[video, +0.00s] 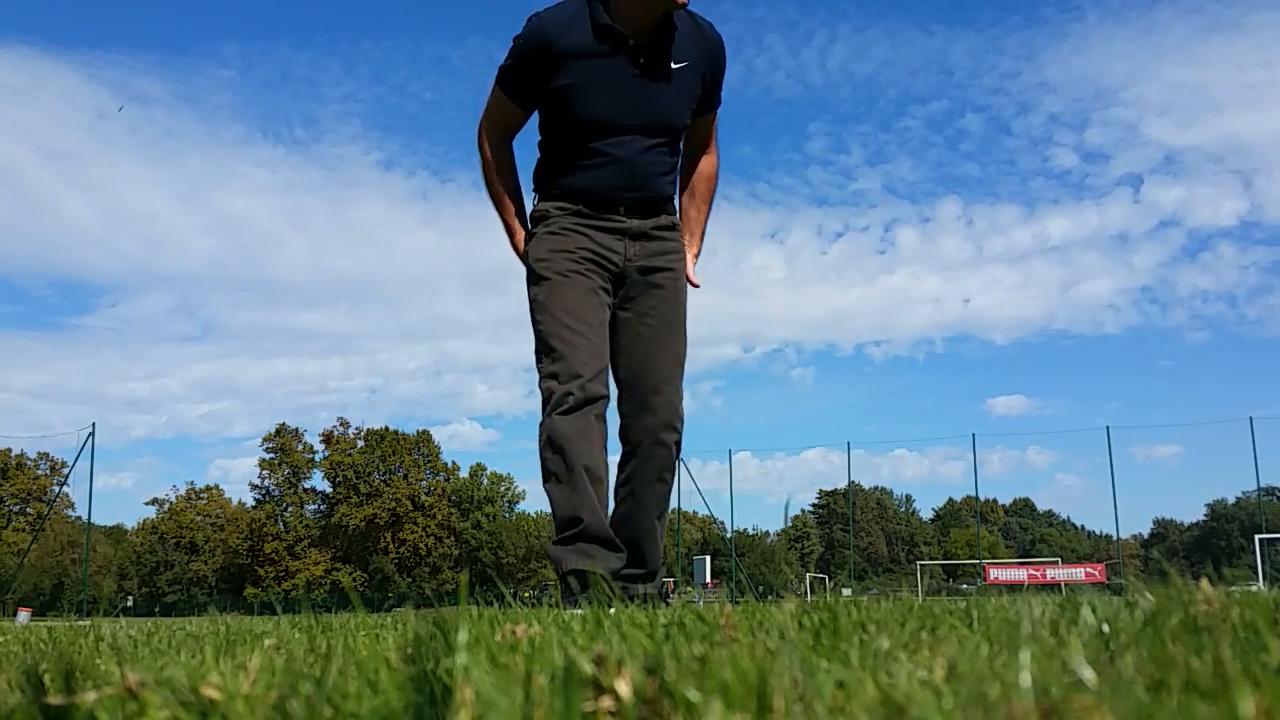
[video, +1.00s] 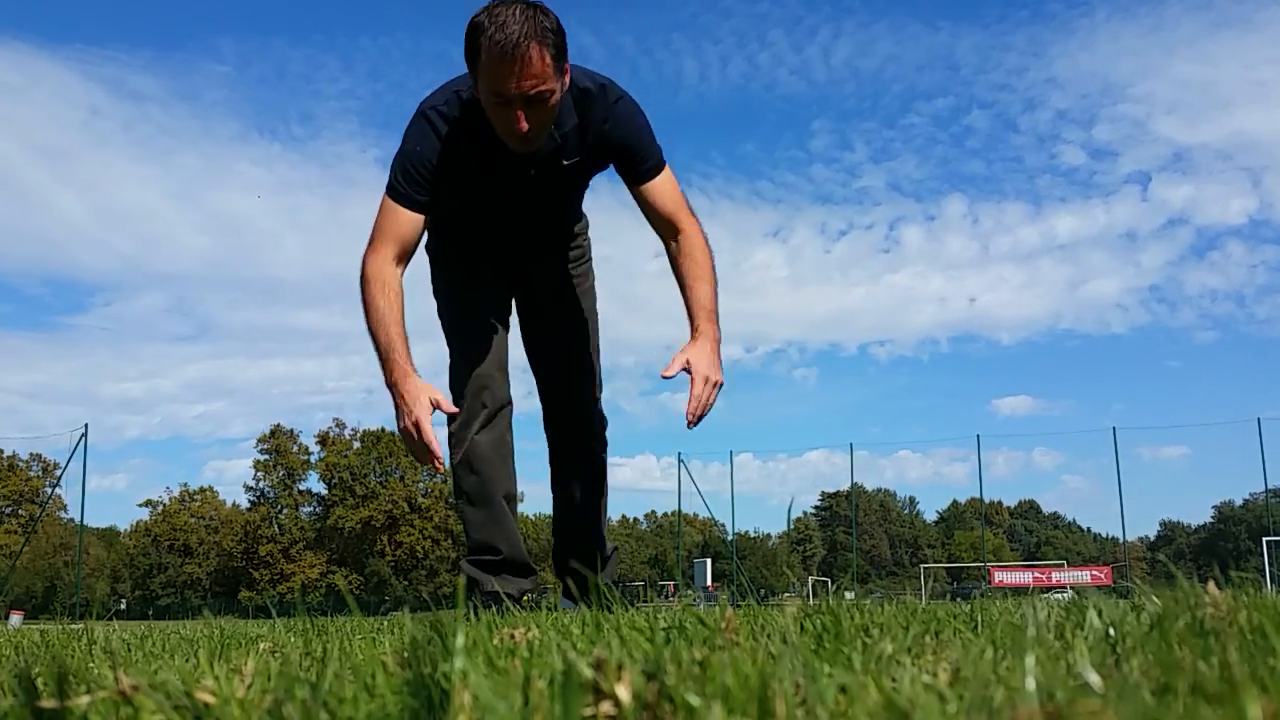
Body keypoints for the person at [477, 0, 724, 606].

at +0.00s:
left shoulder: (701, 43)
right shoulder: (552, 33)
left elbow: (701, 147)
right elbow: (494, 134)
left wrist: (689, 244)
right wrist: (519, 235)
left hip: (658, 237)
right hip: (568, 230)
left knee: (658, 413)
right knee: (577, 390)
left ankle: (641, 576)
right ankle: (583, 570)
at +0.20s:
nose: (686, 1)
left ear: (686, 3)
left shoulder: (699, 58)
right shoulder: (556, 36)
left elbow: (690, 157)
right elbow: (489, 130)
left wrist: (661, 237)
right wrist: (507, 234)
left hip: (648, 241)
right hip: (560, 229)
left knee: (651, 407)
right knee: (558, 374)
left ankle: (637, 577)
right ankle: (545, 570)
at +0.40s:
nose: (682, 3)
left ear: (674, 6)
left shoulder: (688, 62)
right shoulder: (543, 43)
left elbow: (678, 160)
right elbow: (475, 138)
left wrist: (650, 246)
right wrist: (488, 243)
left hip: (636, 247)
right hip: (546, 237)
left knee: (646, 413)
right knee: (530, 390)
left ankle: (636, 582)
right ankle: (504, 578)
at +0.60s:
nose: (637, 7)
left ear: (650, 3)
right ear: (578, 1)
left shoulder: (663, 68)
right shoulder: (512, 61)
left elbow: (661, 155)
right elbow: (442, 162)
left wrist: (648, 252)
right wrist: (461, 277)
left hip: (611, 245)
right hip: (518, 244)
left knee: (630, 408)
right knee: (511, 401)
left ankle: (635, 579)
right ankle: (500, 583)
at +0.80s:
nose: (563, 58)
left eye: (577, 39)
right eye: (547, 40)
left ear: (600, 23)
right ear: (517, 25)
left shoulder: (629, 81)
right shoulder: (473, 86)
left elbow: (654, 179)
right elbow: (406, 211)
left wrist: (681, 270)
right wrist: (431, 331)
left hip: (575, 240)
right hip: (486, 245)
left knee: (608, 404)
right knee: (487, 407)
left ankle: (632, 583)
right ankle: (499, 590)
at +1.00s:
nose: (520, 121)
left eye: (535, 101)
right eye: (502, 103)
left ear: (564, 76)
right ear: (476, 80)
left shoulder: (604, 110)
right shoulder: (440, 124)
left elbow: (680, 228)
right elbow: (381, 259)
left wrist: (706, 336)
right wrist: (401, 379)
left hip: (556, 248)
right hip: (466, 255)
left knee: (577, 407)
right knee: (482, 400)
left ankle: (588, 583)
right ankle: (498, 590)